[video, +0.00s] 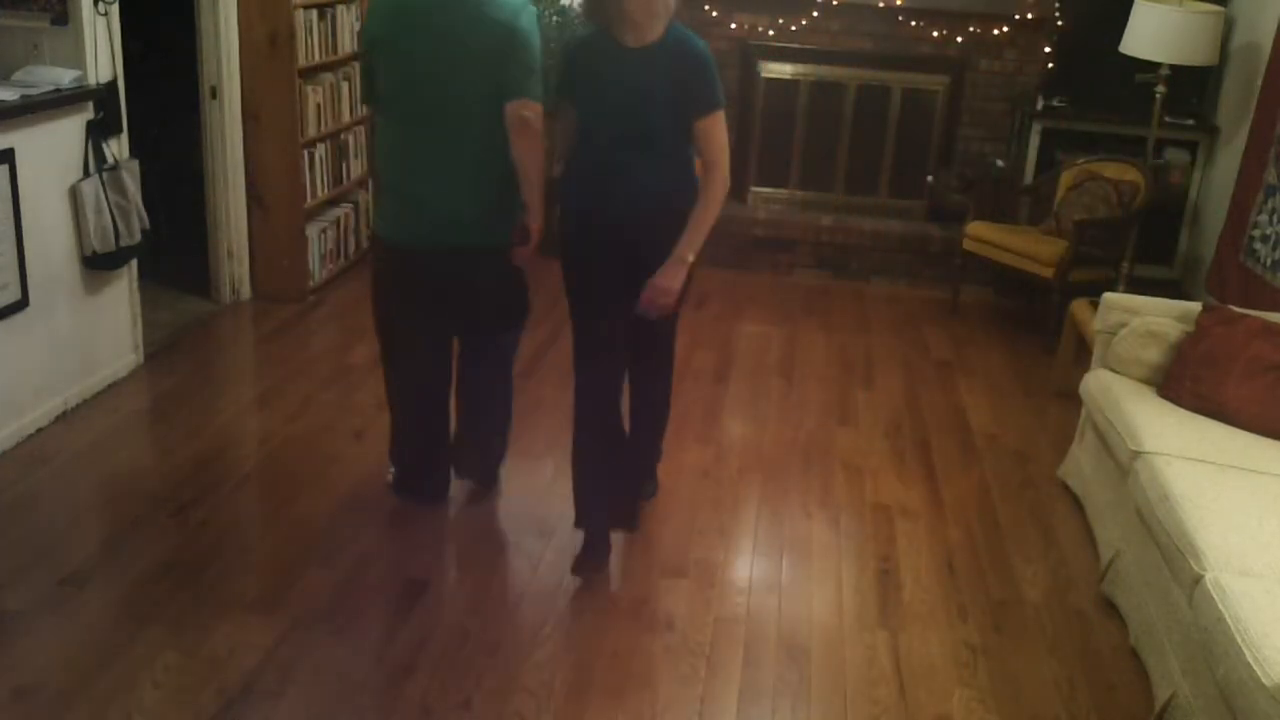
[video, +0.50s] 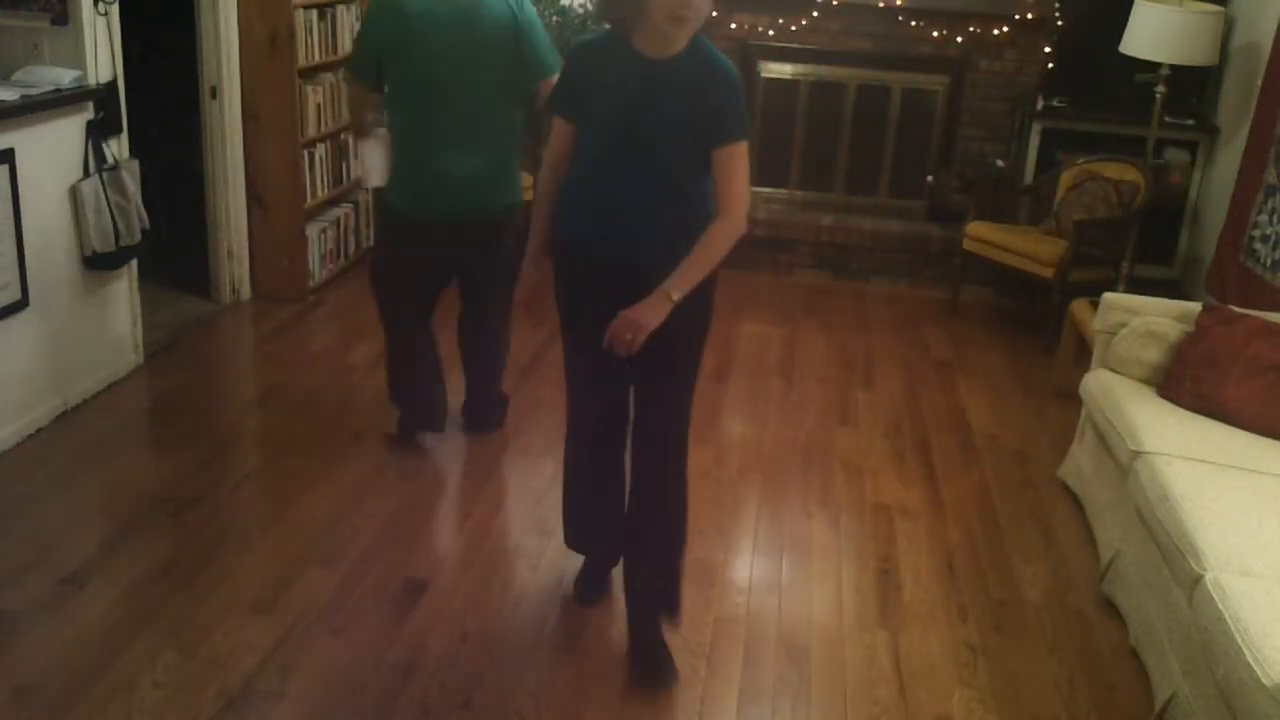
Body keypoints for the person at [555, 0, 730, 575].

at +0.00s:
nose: (644, 5)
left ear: (666, 2)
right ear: (614, 2)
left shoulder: (689, 57)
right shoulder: (579, 54)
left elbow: (719, 174)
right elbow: (560, 151)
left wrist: (679, 263)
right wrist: (547, 223)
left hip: (660, 241)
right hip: (590, 239)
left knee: (650, 374)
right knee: (594, 382)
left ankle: (637, 486)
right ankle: (593, 526)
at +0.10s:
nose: (650, 6)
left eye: (660, 0)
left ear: (673, 3)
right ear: (617, 2)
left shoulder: (693, 65)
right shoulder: (583, 57)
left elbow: (714, 189)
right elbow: (570, 151)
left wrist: (661, 274)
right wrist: (557, 211)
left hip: (664, 254)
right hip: (590, 249)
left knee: (652, 377)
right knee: (594, 392)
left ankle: (642, 474)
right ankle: (597, 536)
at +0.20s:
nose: (646, 4)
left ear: (673, 2)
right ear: (617, 1)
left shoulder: (695, 68)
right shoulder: (584, 57)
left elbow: (712, 194)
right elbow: (568, 156)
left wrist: (653, 279)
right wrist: (555, 219)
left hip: (665, 261)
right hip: (586, 253)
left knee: (652, 379)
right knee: (588, 404)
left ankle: (644, 468)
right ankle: (594, 550)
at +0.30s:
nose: (658, 3)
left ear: (686, 2)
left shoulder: (702, 70)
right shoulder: (584, 56)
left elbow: (714, 201)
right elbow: (560, 164)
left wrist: (650, 287)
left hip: (669, 263)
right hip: (586, 254)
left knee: (654, 404)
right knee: (588, 408)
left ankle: (643, 487)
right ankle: (595, 549)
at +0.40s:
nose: (674, 3)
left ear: (695, 4)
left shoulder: (710, 74)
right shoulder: (589, 55)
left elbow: (722, 204)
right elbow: (557, 155)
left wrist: (654, 292)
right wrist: (546, 239)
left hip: (671, 268)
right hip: (586, 258)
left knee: (657, 407)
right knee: (592, 405)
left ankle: (641, 538)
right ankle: (596, 548)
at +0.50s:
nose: (693, 4)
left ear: (708, 7)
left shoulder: (716, 81)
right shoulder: (590, 60)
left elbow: (734, 217)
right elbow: (553, 165)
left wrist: (661, 300)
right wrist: (536, 252)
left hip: (676, 283)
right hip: (587, 271)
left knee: (661, 438)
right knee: (594, 422)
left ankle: (650, 611)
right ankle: (598, 547)